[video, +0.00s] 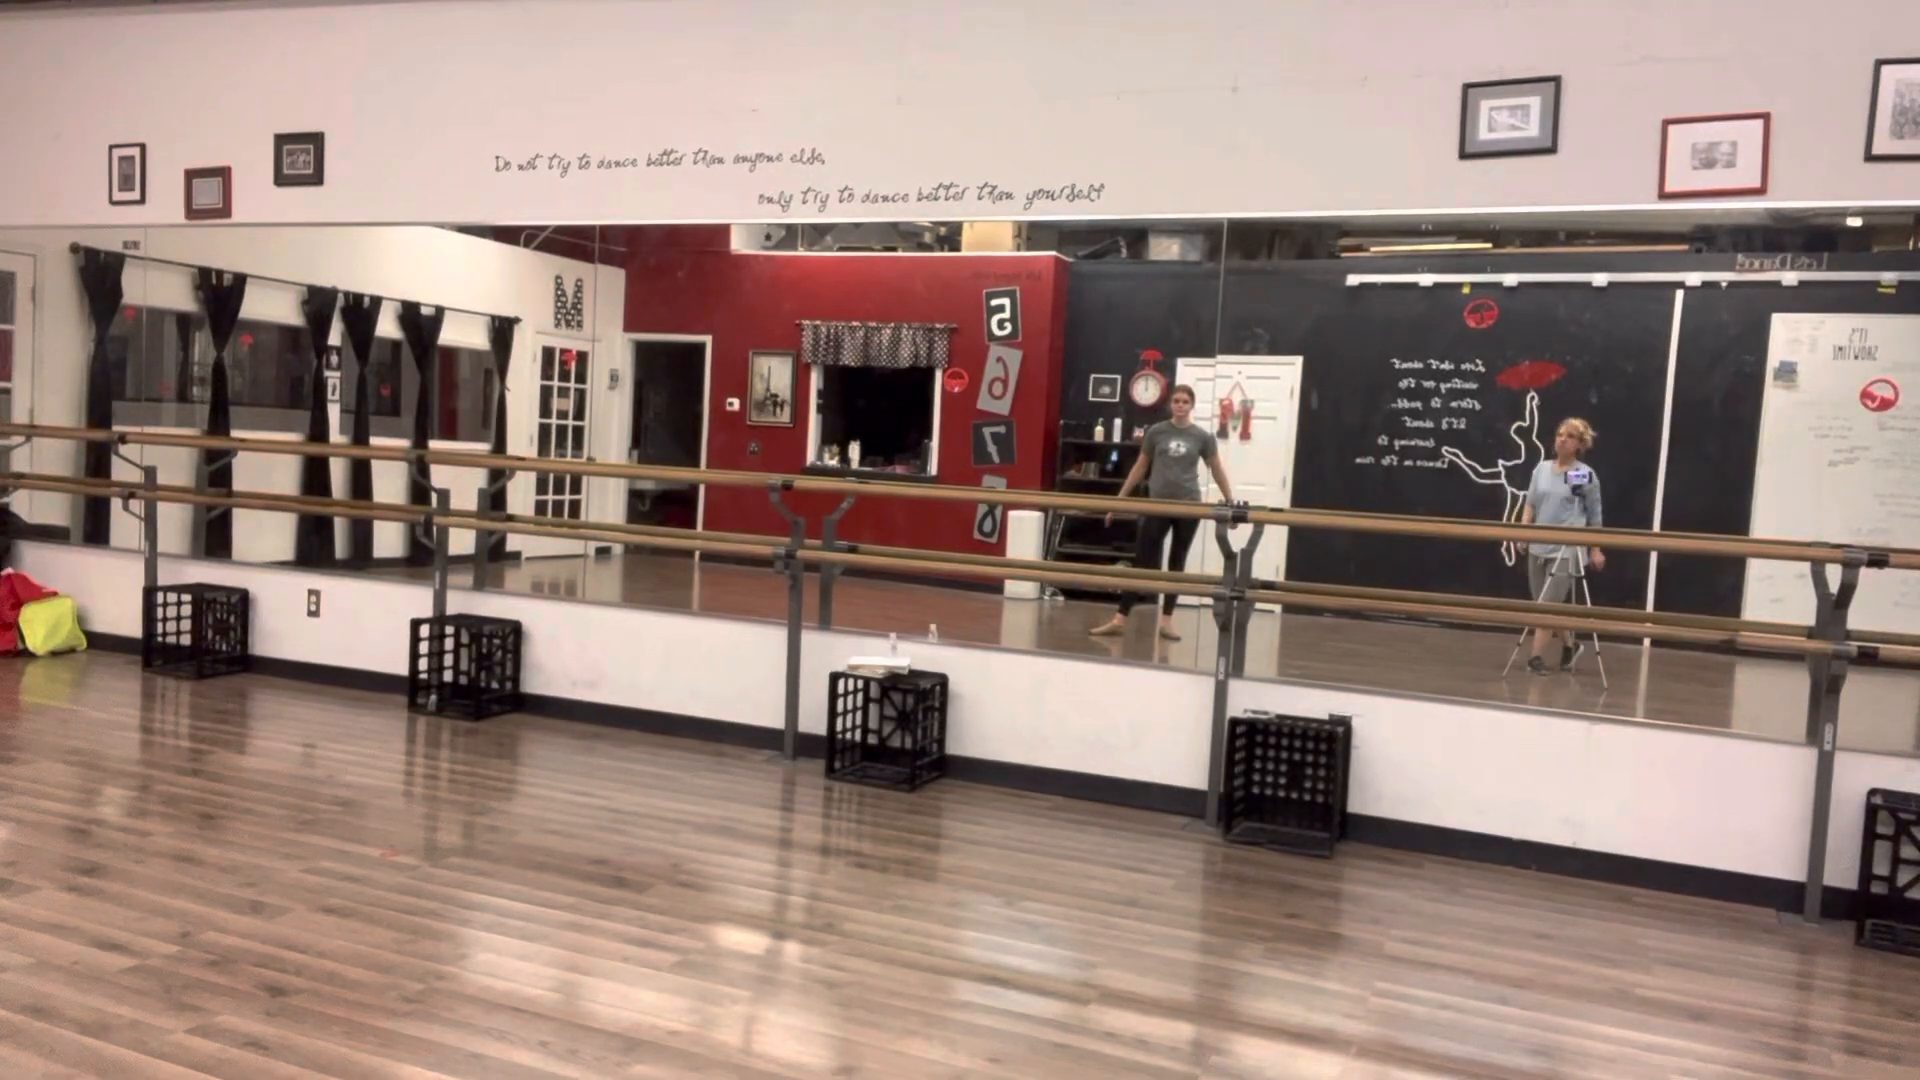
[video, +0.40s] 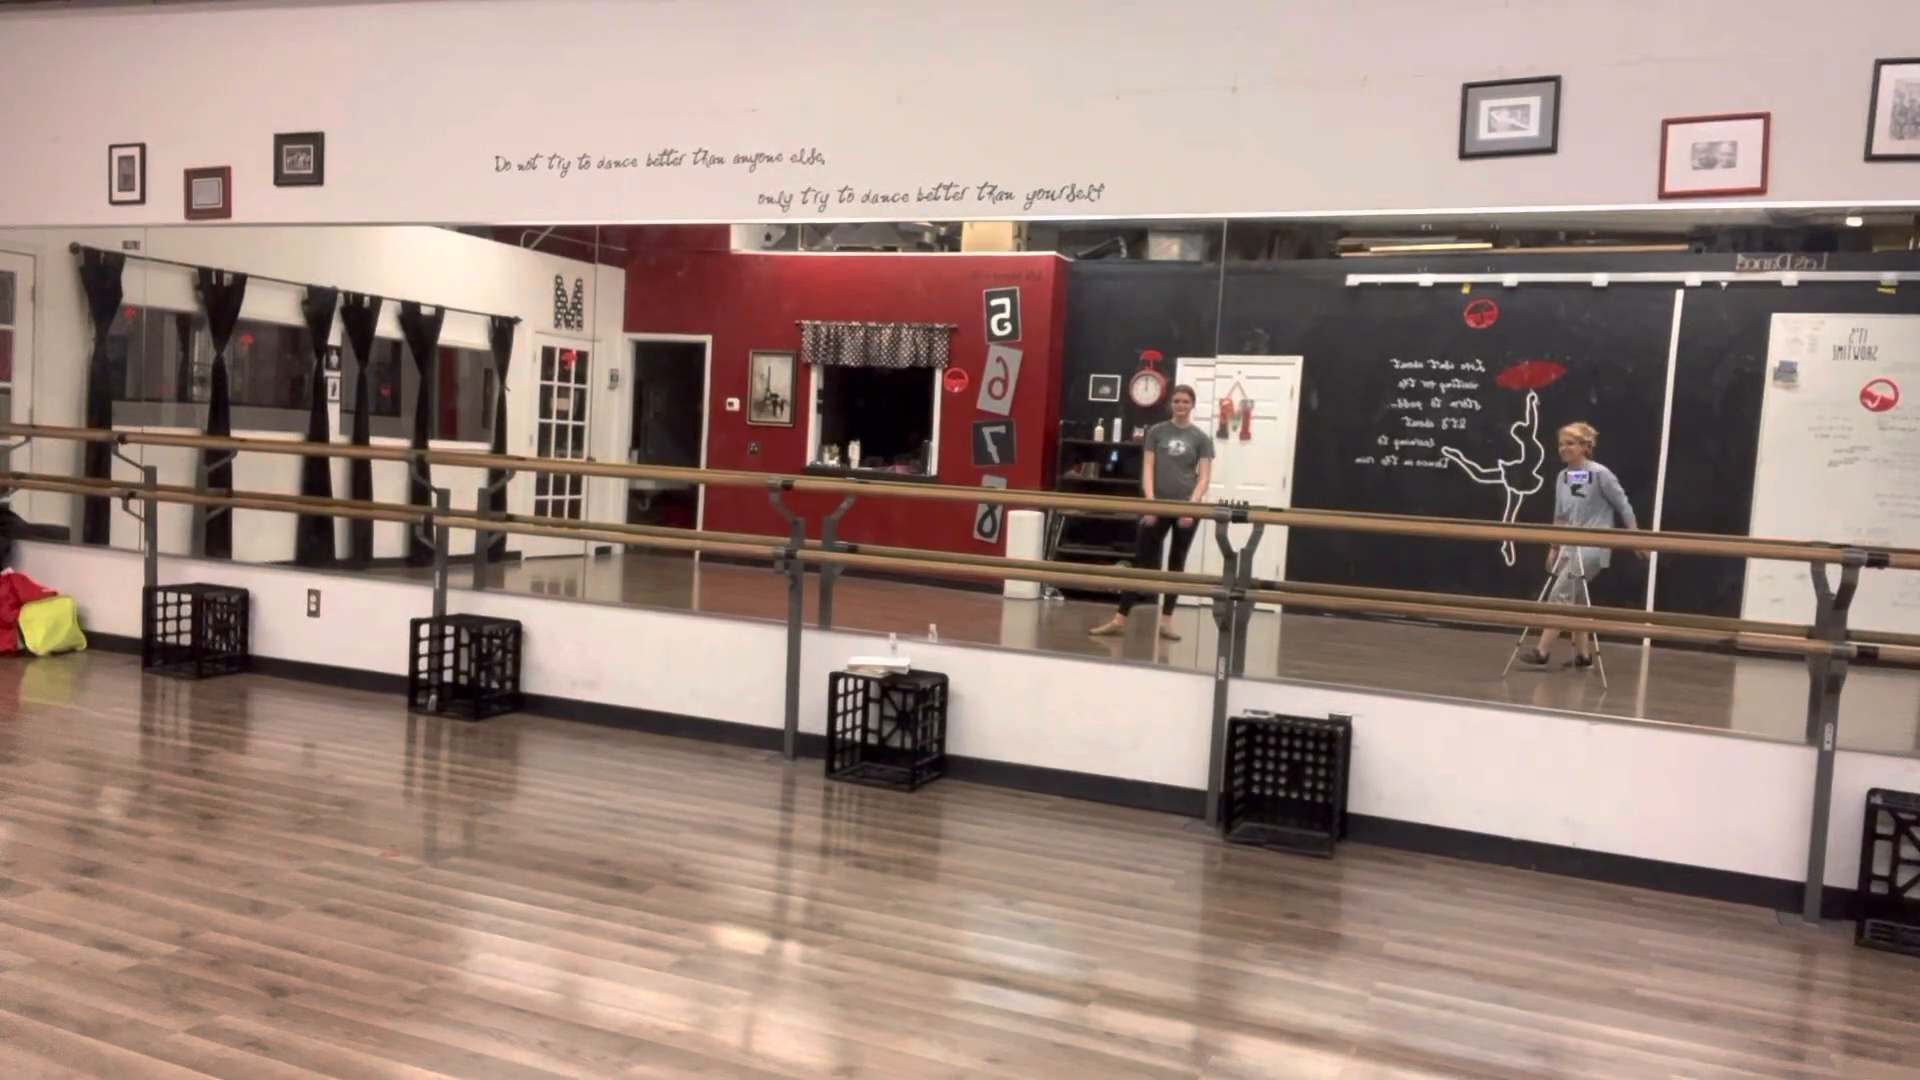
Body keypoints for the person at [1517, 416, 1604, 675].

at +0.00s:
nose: (1561, 440)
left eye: (1569, 437)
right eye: (1560, 435)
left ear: (1580, 445)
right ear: (1555, 439)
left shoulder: (1586, 475)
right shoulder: (1541, 469)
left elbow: (1595, 514)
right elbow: (1530, 504)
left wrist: (1595, 547)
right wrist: (1522, 531)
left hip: (1567, 549)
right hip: (1538, 546)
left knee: (1548, 602)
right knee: (1541, 603)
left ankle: (1535, 654)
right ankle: (1568, 642)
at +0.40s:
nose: (1564, 448)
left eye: (1570, 443)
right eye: (1562, 443)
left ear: (1585, 446)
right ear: (1559, 447)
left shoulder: (1600, 474)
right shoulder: (1562, 477)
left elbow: (1623, 506)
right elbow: (1560, 517)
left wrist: (1636, 539)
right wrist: (1554, 548)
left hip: (1593, 547)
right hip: (1569, 545)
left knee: (1559, 594)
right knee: (1574, 600)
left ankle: (1542, 649)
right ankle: (1583, 653)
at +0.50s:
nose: (1567, 448)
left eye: (1573, 443)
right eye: (1565, 443)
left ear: (1588, 447)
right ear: (1564, 447)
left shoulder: (1604, 473)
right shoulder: (1565, 476)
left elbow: (1627, 504)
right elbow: (1564, 515)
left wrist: (1639, 538)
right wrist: (1559, 546)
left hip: (1599, 544)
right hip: (1573, 544)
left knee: (1563, 590)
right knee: (1576, 597)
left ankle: (1561, 648)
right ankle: (1584, 652)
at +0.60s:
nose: (1573, 447)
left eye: (1580, 443)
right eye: (1571, 443)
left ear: (1594, 447)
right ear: (1569, 446)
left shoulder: (1608, 473)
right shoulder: (1570, 474)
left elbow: (1630, 504)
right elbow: (1569, 511)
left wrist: (1640, 538)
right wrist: (1565, 540)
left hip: (1604, 543)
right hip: (1578, 543)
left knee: (1571, 590)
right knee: (1577, 595)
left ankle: (1586, 647)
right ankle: (1584, 649)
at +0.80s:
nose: (1589, 444)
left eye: (1596, 440)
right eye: (1587, 439)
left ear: (1608, 447)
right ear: (1583, 443)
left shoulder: (1616, 475)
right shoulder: (1578, 472)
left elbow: (1632, 511)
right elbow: (1577, 509)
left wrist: (1635, 544)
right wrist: (1569, 537)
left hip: (1610, 548)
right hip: (1580, 546)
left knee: (1602, 598)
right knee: (1577, 602)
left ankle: (1628, 653)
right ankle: (1585, 653)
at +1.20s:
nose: (1628, 442)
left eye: (1636, 439)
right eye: (1627, 437)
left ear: (1648, 448)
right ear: (1622, 442)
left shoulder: (1655, 480)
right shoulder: (1606, 472)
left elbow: (1665, 520)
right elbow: (1600, 512)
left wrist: (1667, 552)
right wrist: (1588, 542)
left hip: (1643, 554)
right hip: (1609, 551)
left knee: (1644, 611)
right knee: (1596, 604)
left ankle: (1647, 663)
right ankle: (1585, 652)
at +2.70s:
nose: (1637, 438)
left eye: (1645, 435)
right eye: (1636, 433)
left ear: (1657, 444)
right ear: (1630, 438)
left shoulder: (1663, 472)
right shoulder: (1623, 472)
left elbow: (1701, 495)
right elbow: (1627, 505)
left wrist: (1675, 524)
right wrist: (1625, 530)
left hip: (1659, 554)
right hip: (1625, 552)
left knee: (1664, 616)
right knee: (1620, 614)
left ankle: (1675, 677)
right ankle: (1612, 669)